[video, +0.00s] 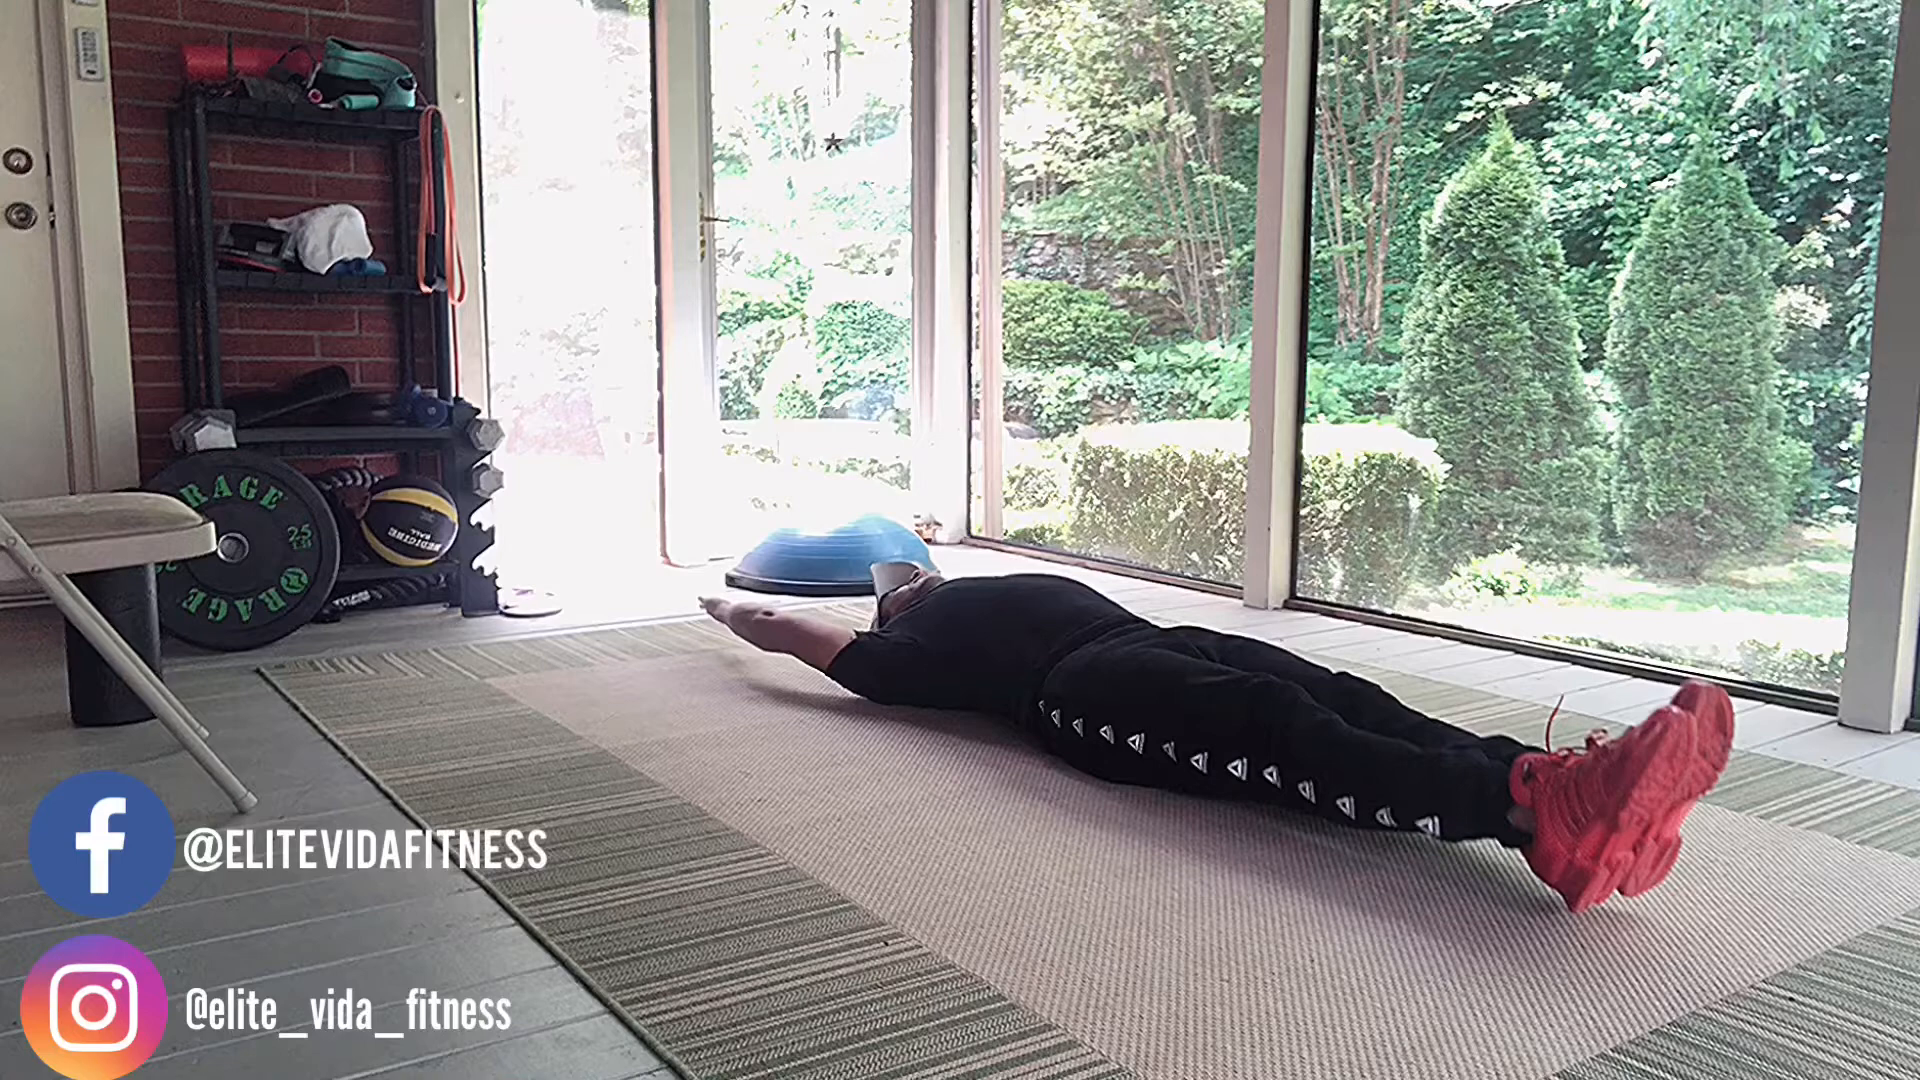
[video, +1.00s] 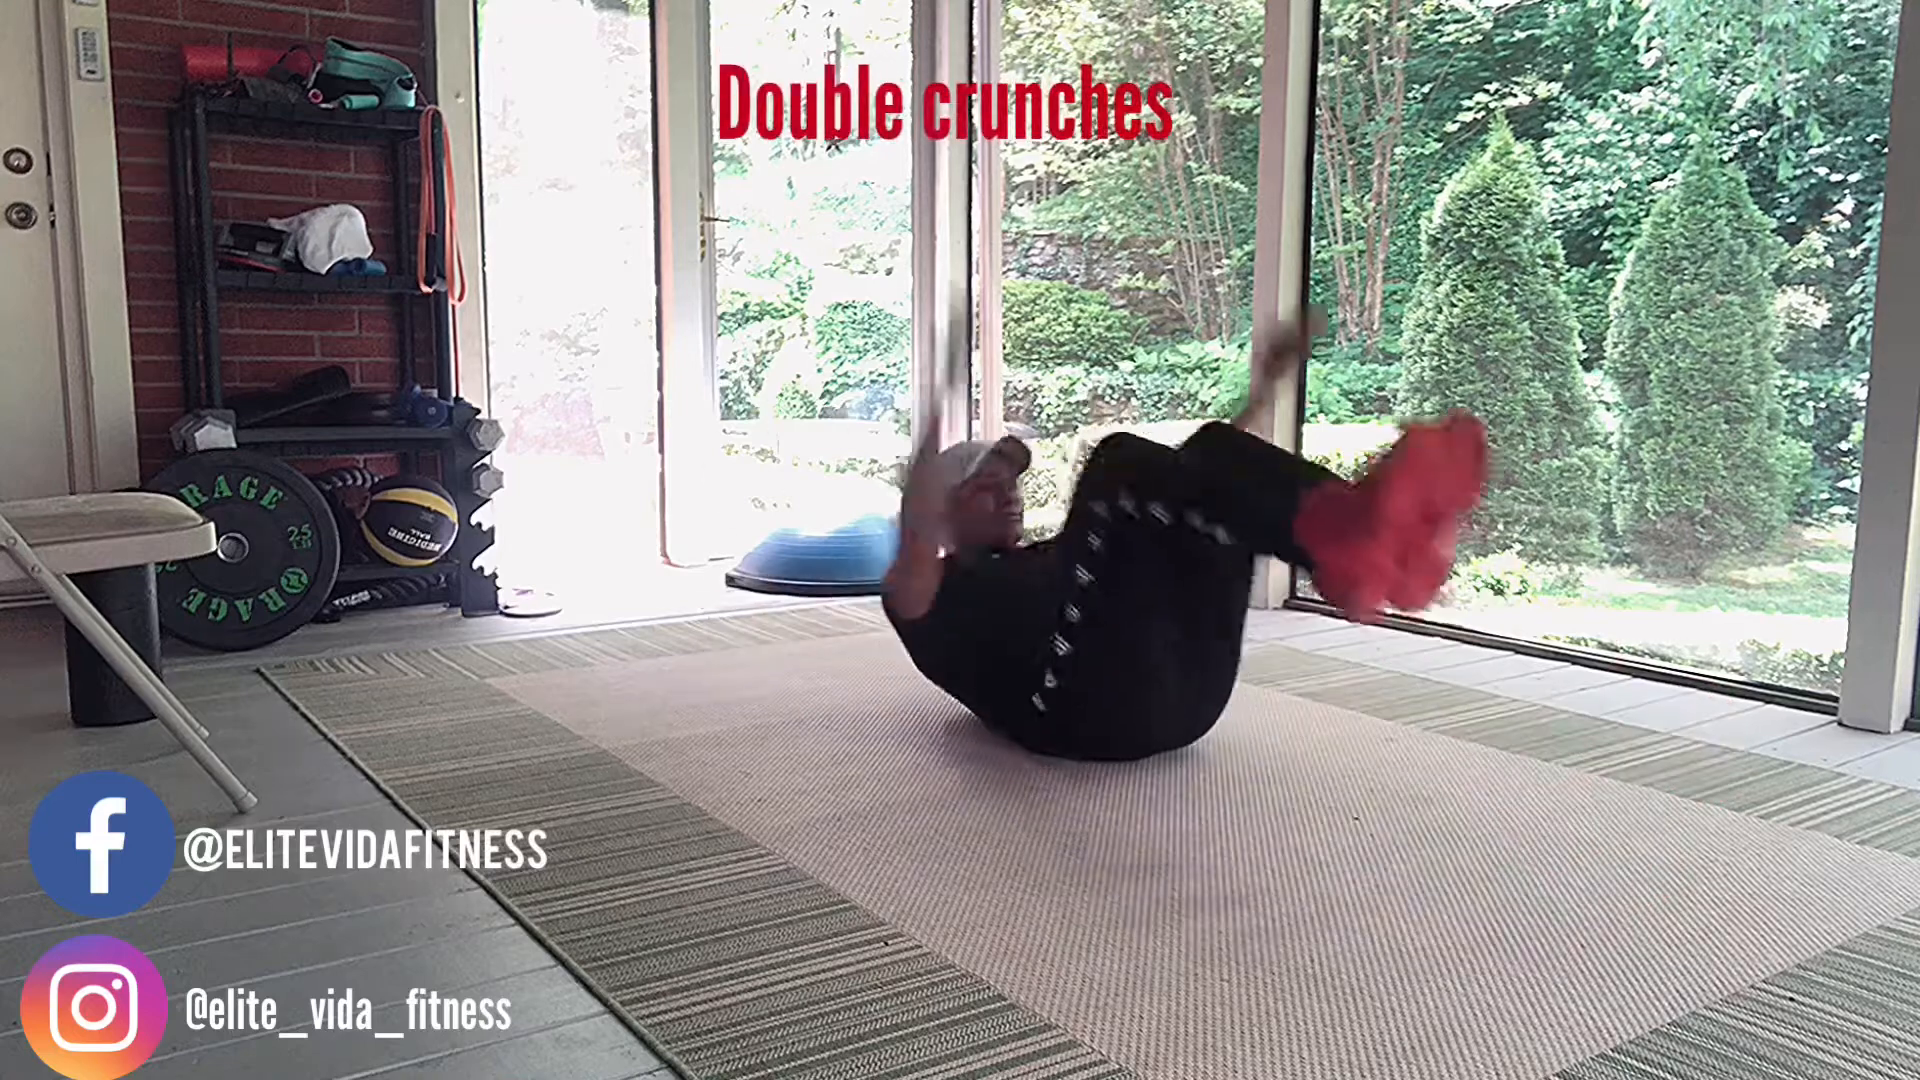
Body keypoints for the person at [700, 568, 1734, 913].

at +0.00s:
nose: (910, 570)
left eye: (907, 563)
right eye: (892, 575)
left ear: (918, 572)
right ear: (877, 597)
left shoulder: (997, 587)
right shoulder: (885, 646)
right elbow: (765, 623)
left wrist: (928, 550)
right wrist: (742, 596)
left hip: (1147, 639)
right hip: (1079, 684)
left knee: (1321, 687)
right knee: (1272, 728)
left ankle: (1571, 812)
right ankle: (1542, 812)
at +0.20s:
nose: (911, 577)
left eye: (915, 571)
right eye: (892, 583)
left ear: (928, 581)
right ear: (876, 604)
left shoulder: (1000, 593)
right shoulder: (882, 649)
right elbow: (751, 631)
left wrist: (946, 556)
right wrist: (769, 630)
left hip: (1146, 636)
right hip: (1076, 679)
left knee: (1325, 693)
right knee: (1275, 731)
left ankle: (1571, 834)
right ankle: (1550, 812)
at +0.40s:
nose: (913, 576)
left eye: (912, 571)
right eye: (896, 580)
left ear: (922, 579)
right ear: (879, 595)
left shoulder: (992, 593)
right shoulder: (882, 643)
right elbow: (774, 629)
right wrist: (745, 625)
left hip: (1154, 639)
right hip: (1081, 681)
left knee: (1330, 694)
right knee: (1279, 732)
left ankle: (1568, 836)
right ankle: (1545, 811)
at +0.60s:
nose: (932, 552)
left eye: (939, 551)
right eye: (912, 558)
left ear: (953, 573)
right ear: (881, 597)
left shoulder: (990, 601)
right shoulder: (880, 640)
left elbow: (1009, 555)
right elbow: (781, 585)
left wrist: (951, 544)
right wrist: (743, 556)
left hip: (1151, 648)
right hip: (1082, 691)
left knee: (1345, 647)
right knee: (1294, 672)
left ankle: (1564, 786)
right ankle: (1538, 817)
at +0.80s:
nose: (970, 518)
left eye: (974, 512)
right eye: (948, 516)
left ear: (994, 536)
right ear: (907, 550)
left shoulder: (1042, 576)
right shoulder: (906, 620)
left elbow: (1094, 480)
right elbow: (828, 535)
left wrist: (1106, 367)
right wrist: (789, 446)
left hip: (1173, 685)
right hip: (1110, 715)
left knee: (1297, 530)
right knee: (1221, 549)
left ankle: (1484, 661)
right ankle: (1463, 670)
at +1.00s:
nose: (1005, 500)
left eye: (1009, 487)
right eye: (985, 490)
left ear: (1018, 500)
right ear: (944, 513)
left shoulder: (1067, 560)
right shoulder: (934, 599)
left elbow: (1208, 518)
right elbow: (916, 562)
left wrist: (1268, 382)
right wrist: (921, 489)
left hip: (1185, 692)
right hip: (1092, 703)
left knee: (1211, 450)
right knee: (1113, 463)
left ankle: (1373, 551)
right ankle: (1339, 533)